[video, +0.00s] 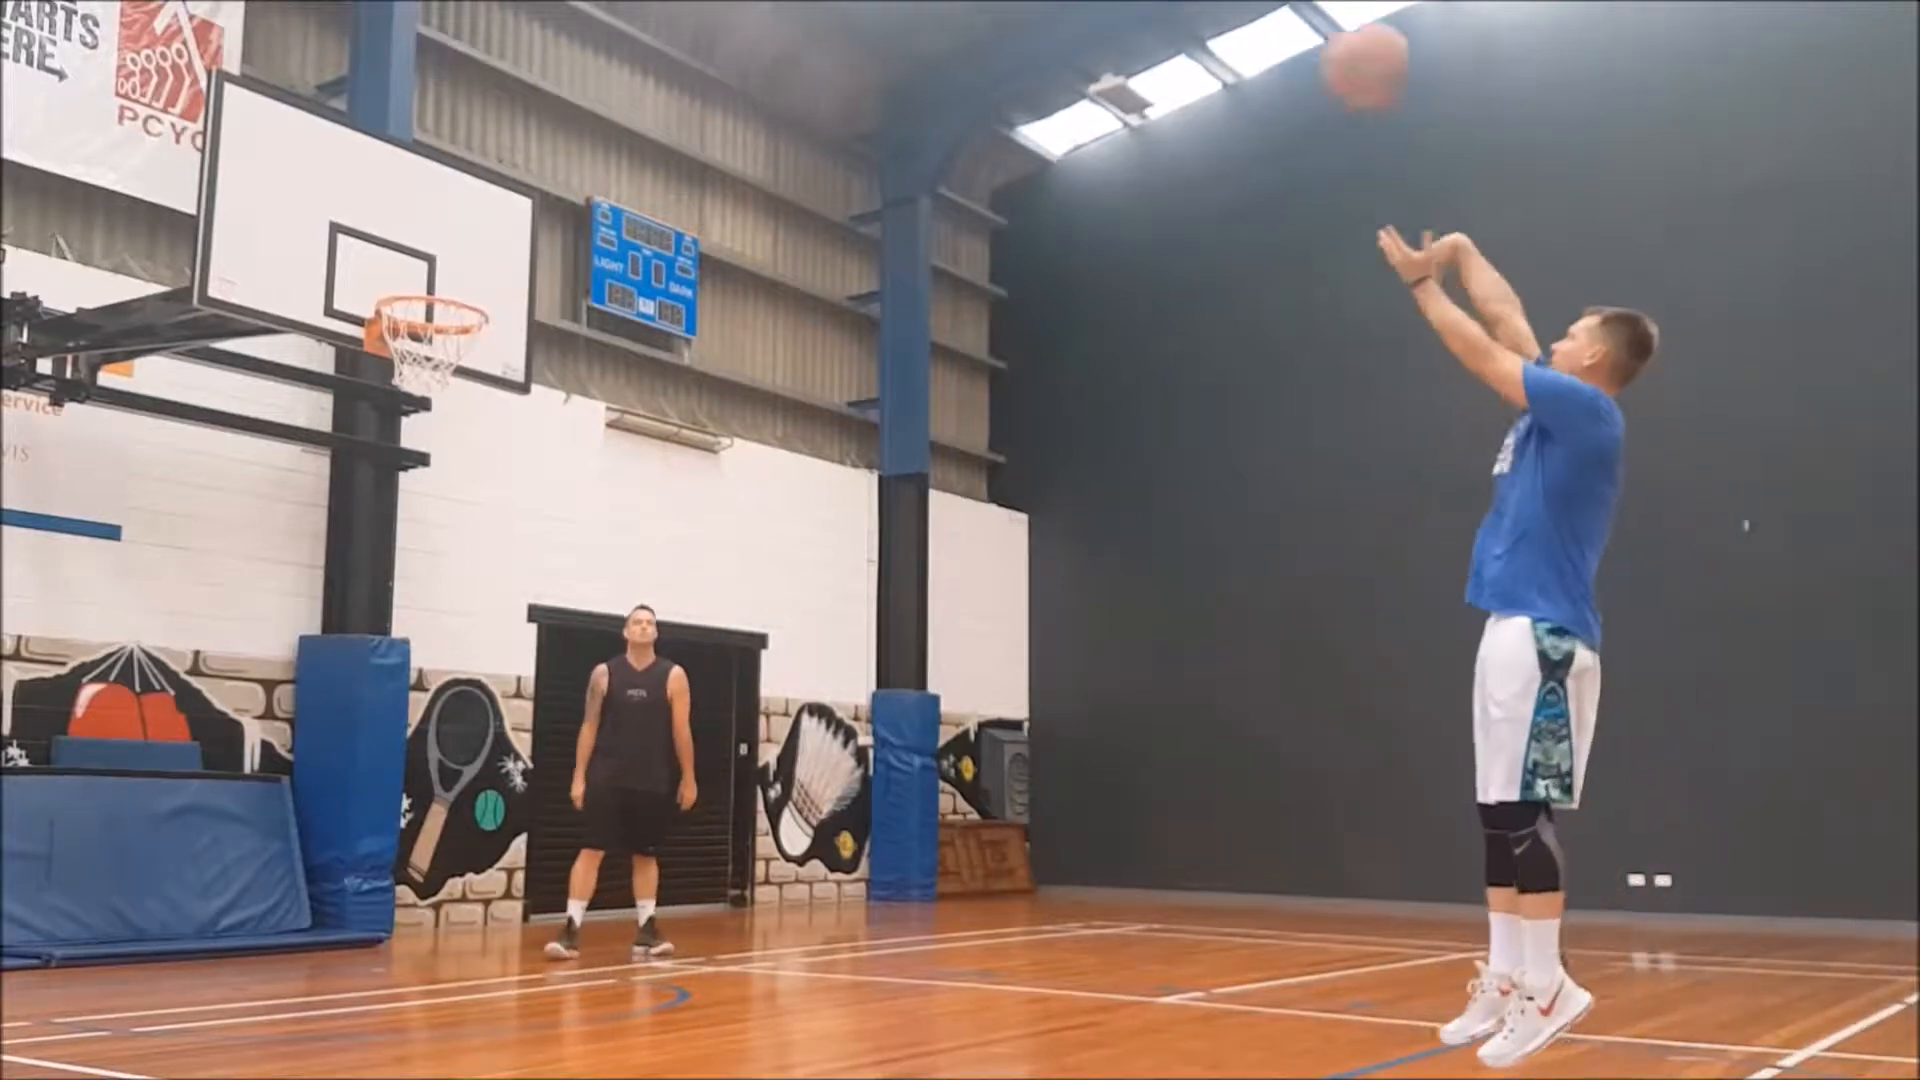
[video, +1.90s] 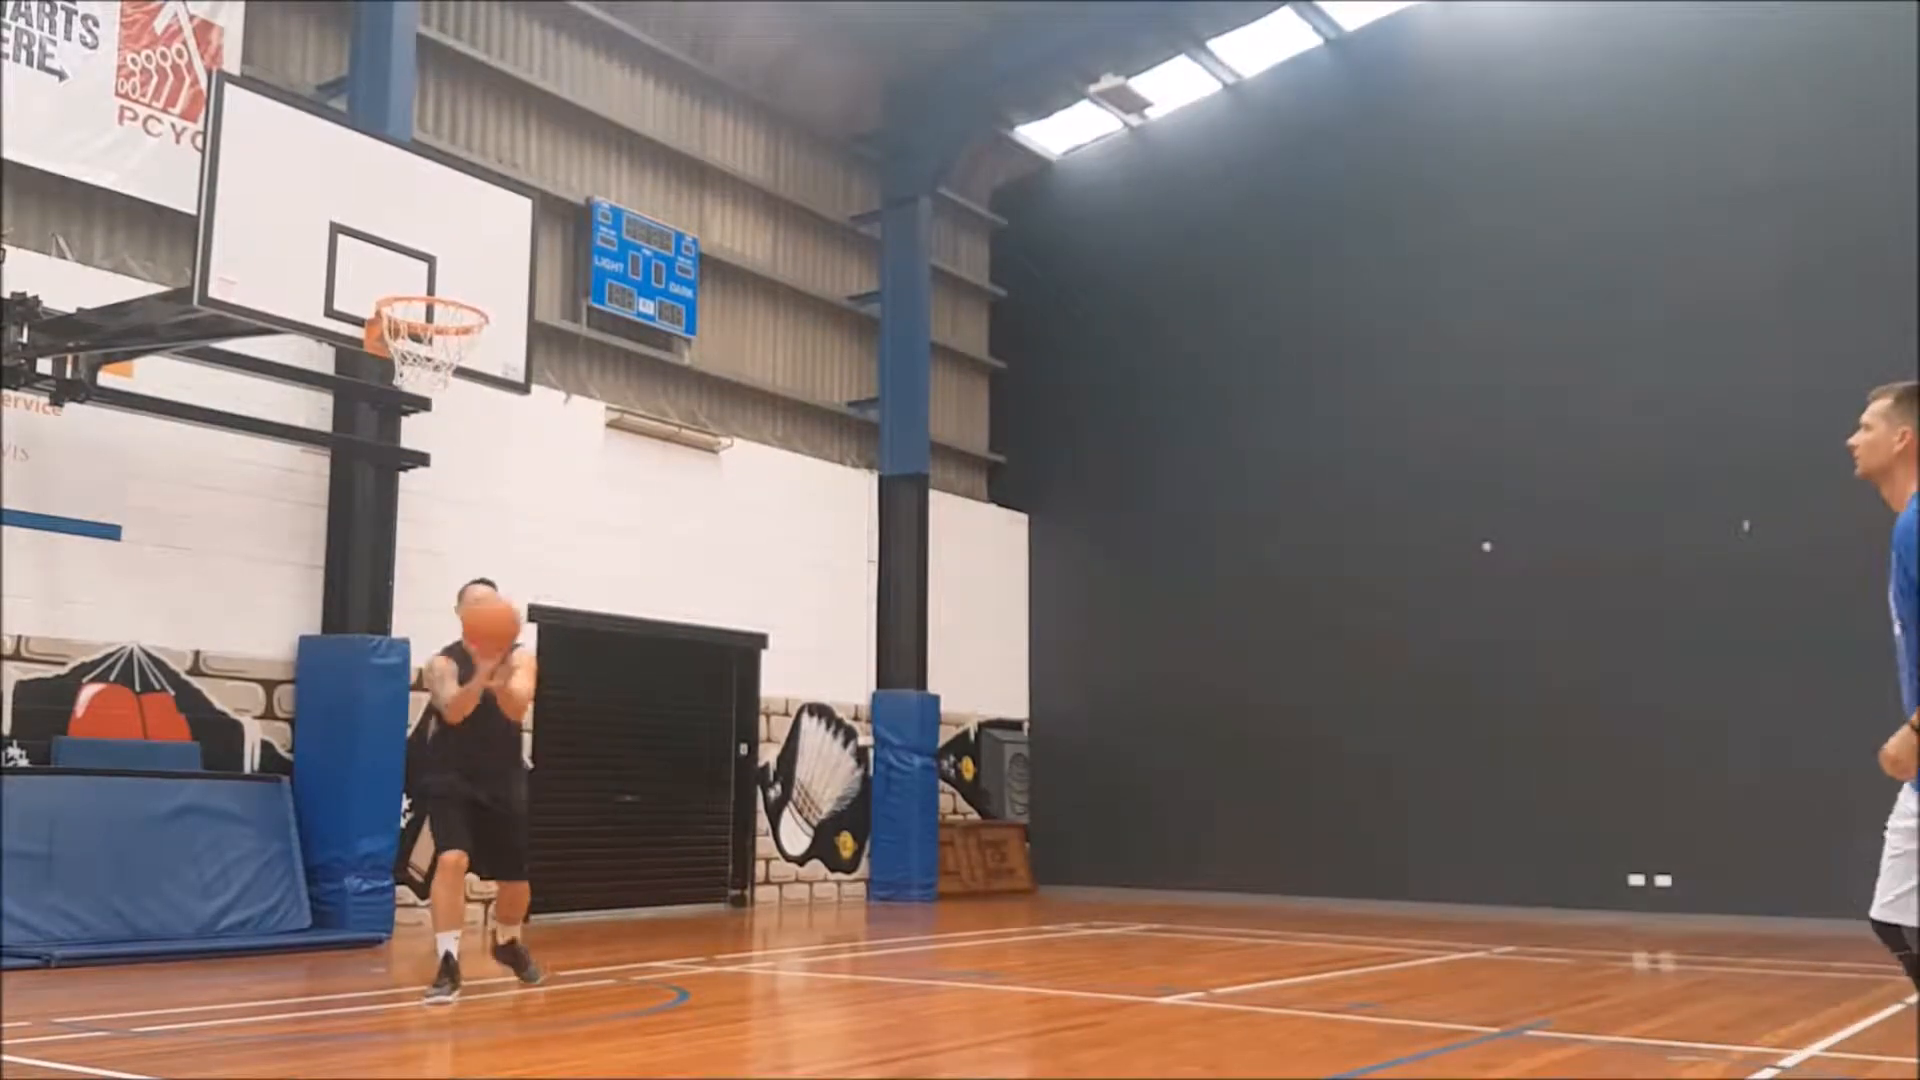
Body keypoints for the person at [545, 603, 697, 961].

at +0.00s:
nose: (643, 628)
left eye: (648, 623)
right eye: (636, 623)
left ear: (656, 632)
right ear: (625, 632)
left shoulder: (673, 676)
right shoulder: (603, 675)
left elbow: (681, 730)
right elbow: (589, 726)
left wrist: (688, 777)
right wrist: (579, 775)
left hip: (653, 781)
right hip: (607, 779)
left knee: (646, 854)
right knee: (592, 850)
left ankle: (646, 929)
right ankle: (571, 930)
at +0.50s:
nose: (579, 616)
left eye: (586, 613)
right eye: (573, 614)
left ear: (597, 625)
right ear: (564, 627)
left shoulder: (617, 665)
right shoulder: (547, 671)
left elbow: (632, 716)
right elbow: (534, 727)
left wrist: (622, 753)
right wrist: (524, 777)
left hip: (602, 777)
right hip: (557, 778)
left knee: (605, 850)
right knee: (562, 855)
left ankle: (598, 926)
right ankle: (564, 934)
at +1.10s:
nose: (550, 600)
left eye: (560, 596)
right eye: (546, 596)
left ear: (575, 612)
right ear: (539, 610)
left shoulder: (594, 659)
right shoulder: (518, 658)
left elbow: (614, 720)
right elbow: (500, 713)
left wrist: (614, 774)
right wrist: (478, 763)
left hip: (573, 774)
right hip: (523, 772)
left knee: (558, 855)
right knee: (517, 857)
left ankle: (553, 942)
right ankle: (546, 911)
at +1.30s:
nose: (537, 592)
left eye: (547, 588)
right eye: (533, 589)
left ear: (564, 605)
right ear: (526, 605)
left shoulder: (579, 649)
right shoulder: (507, 652)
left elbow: (595, 708)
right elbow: (479, 701)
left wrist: (564, 734)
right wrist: (439, 713)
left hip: (558, 772)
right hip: (511, 769)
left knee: (554, 859)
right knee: (494, 850)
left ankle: (550, 944)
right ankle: (493, 946)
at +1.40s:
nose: (526, 597)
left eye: (537, 593)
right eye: (523, 593)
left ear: (555, 609)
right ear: (517, 607)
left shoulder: (568, 652)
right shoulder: (499, 655)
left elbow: (572, 704)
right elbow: (459, 702)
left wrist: (527, 702)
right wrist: (427, 689)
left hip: (551, 778)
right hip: (503, 776)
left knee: (552, 866)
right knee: (488, 856)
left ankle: (551, 946)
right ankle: (461, 950)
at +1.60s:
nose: (500, 622)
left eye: (510, 617)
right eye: (498, 615)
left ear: (530, 628)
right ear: (492, 623)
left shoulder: (541, 674)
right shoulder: (476, 673)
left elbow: (514, 722)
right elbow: (422, 716)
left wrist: (465, 695)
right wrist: (414, 681)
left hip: (527, 798)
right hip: (478, 792)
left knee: (537, 884)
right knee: (458, 863)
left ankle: (550, 937)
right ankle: (444, 966)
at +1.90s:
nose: (483, 617)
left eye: (489, 608)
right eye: (474, 609)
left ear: (503, 612)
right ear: (460, 615)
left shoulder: (519, 658)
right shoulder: (444, 661)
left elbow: (518, 710)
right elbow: (453, 711)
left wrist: (499, 678)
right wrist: (483, 671)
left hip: (504, 777)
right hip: (449, 776)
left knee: (515, 872)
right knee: (453, 858)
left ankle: (508, 944)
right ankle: (448, 965)